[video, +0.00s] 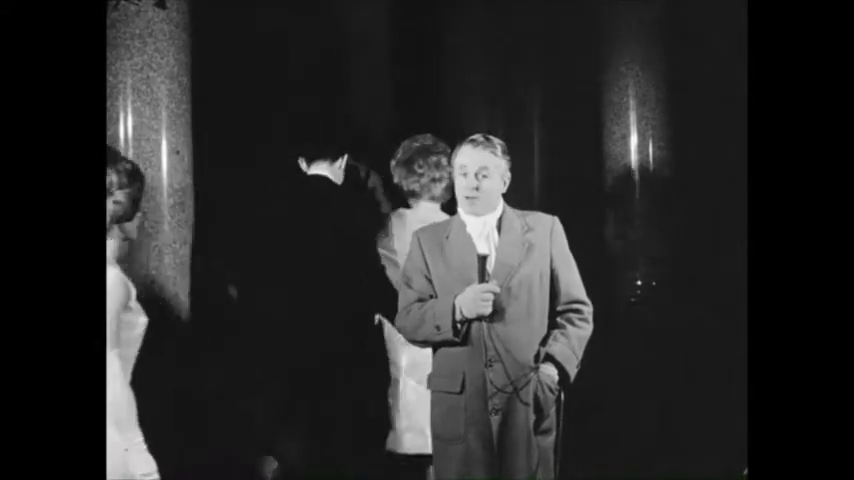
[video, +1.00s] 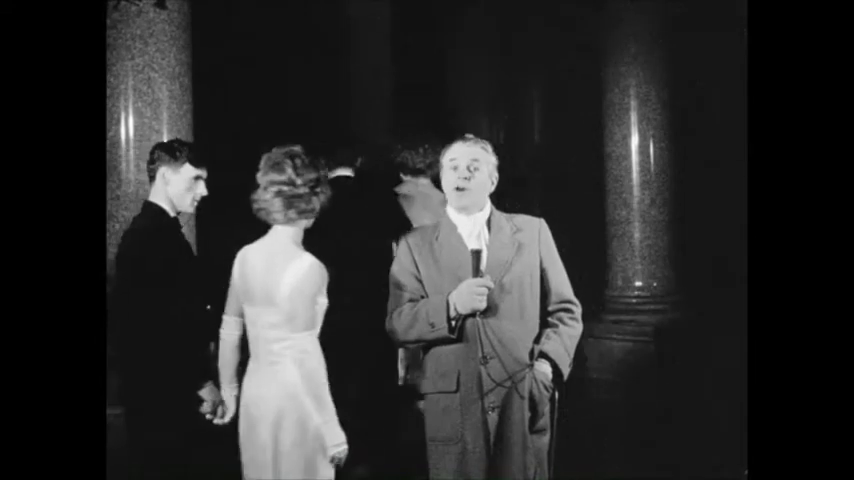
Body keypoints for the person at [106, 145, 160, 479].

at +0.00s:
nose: (140, 221)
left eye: (135, 209)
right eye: (138, 210)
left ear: (120, 219)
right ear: (125, 220)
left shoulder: (118, 282)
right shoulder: (114, 283)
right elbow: (114, 382)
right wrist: (139, 464)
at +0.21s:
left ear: (128, 205)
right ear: (159, 204)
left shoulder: (114, 270)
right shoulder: (159, 276)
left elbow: (117, 361)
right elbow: (158, 371)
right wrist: (186, 454)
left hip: (120, 406)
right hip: (153, 409)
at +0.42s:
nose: (217, 209)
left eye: (215, 199)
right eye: (214, 200)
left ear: (164, 208)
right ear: (204, 208)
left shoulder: (143, 269)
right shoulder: (198, 274)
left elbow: (133, 348)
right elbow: (197, 364)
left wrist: (142, 408)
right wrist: (227, 441)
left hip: (154, 396)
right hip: (192, 397)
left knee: (161, 472)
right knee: (196, 473)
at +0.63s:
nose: (253, 214)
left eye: (251, 205)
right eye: (250, 205)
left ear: (196, 209)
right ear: (242, 214)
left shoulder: (179, 266)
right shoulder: (233, 273)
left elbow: (169, 349)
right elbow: (233, 365)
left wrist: (175, 406)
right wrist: (264, 447)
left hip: (189, 392)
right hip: (227, 394)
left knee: (196, 473)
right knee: (232, 473)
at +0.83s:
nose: (292, 212)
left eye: (290, 202)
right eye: (290, 204)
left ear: (238, 206)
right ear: (284, 210)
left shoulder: (221, 262)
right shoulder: (277, 272)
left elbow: (204, 339)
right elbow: (275, 361)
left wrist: (203, 396)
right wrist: (300, 439)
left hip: (231, 391)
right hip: (270, 395)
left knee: (232, 472)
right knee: (271, 473)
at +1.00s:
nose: (321, 207)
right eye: (319, 200)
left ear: (267, 201)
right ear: (312, 206)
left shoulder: (245, 258)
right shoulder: (310, 269)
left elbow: (230, 333)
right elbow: (308, 350)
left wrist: (227, 388)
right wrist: (331, 426)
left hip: (256, 387)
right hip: (297, 390)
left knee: (261, 472)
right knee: (302, 471)